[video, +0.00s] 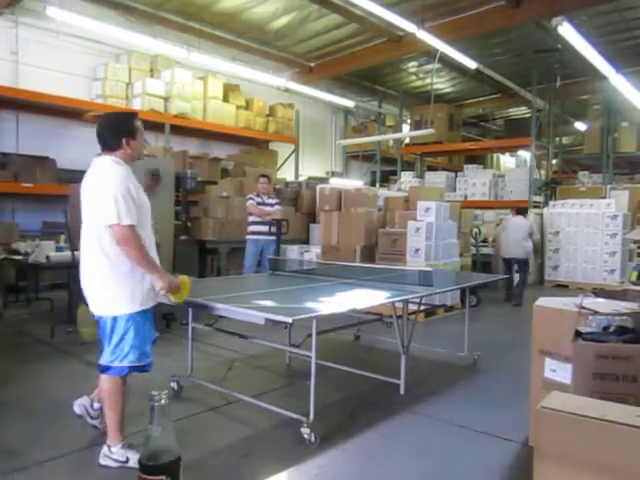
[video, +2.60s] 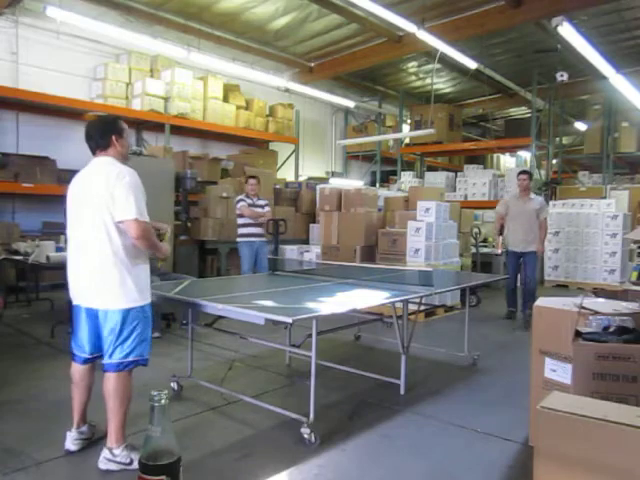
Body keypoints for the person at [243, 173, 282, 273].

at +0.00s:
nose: (263, 185)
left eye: (266, 183)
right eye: (261, 183)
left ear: (269, 185)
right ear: (257, 185)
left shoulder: (274, 200)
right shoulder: (252, 197)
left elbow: (279, 215)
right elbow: (252, 210)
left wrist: (265, 217)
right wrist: (271, 212)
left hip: (270, 237)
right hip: (254, 236)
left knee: (268, 267)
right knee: (250, 267)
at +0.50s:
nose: (251, 186)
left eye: (253, 183)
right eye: (248, 183)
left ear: (256, 185)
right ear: (244, 185)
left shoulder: (262, 200)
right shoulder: (239, 198)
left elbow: (268, 216)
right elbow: (243, 211)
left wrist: (252, 217)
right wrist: (261, 212)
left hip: (260, 238)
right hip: (244, 238)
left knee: (262, 269)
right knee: (244, 270)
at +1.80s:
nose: (263, 188)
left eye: (265, 185)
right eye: (260, 185)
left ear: (269, 186)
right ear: (257, 187)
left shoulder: (275, 200)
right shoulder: (252, 199)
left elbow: (280, 214)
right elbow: (257, 213)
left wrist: (268, 218)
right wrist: (273, 214)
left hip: (271, 238)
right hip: (255, 238)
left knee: (268, 268)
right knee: (251, 268)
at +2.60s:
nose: (252, 187)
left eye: (255, 185)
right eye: (250, 185)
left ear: (258, 186)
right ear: (246, 186)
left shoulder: (264, 202)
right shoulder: (240, 199)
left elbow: (269, 216)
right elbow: (246, 212)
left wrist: (254, 217)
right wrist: (262, 214)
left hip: (261, 239)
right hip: (245, 239)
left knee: (263, 269)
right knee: (247, 270)